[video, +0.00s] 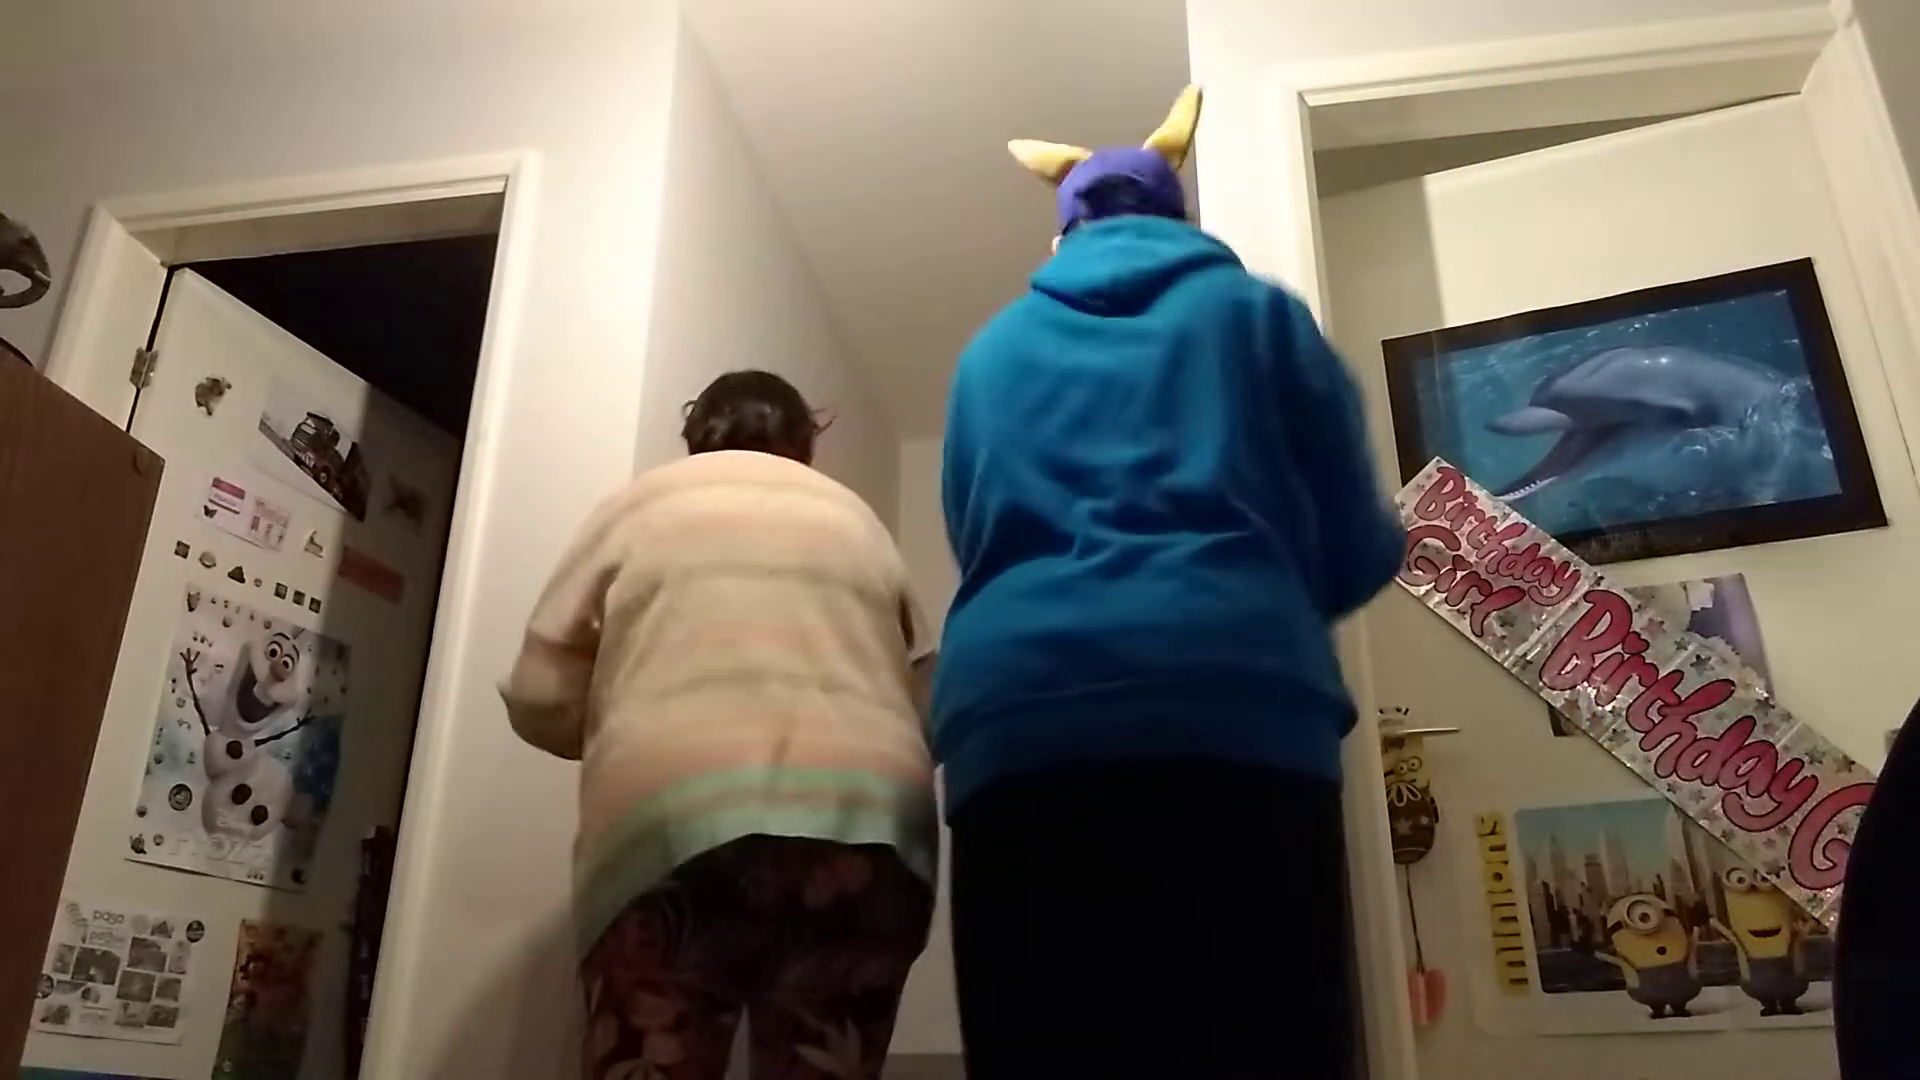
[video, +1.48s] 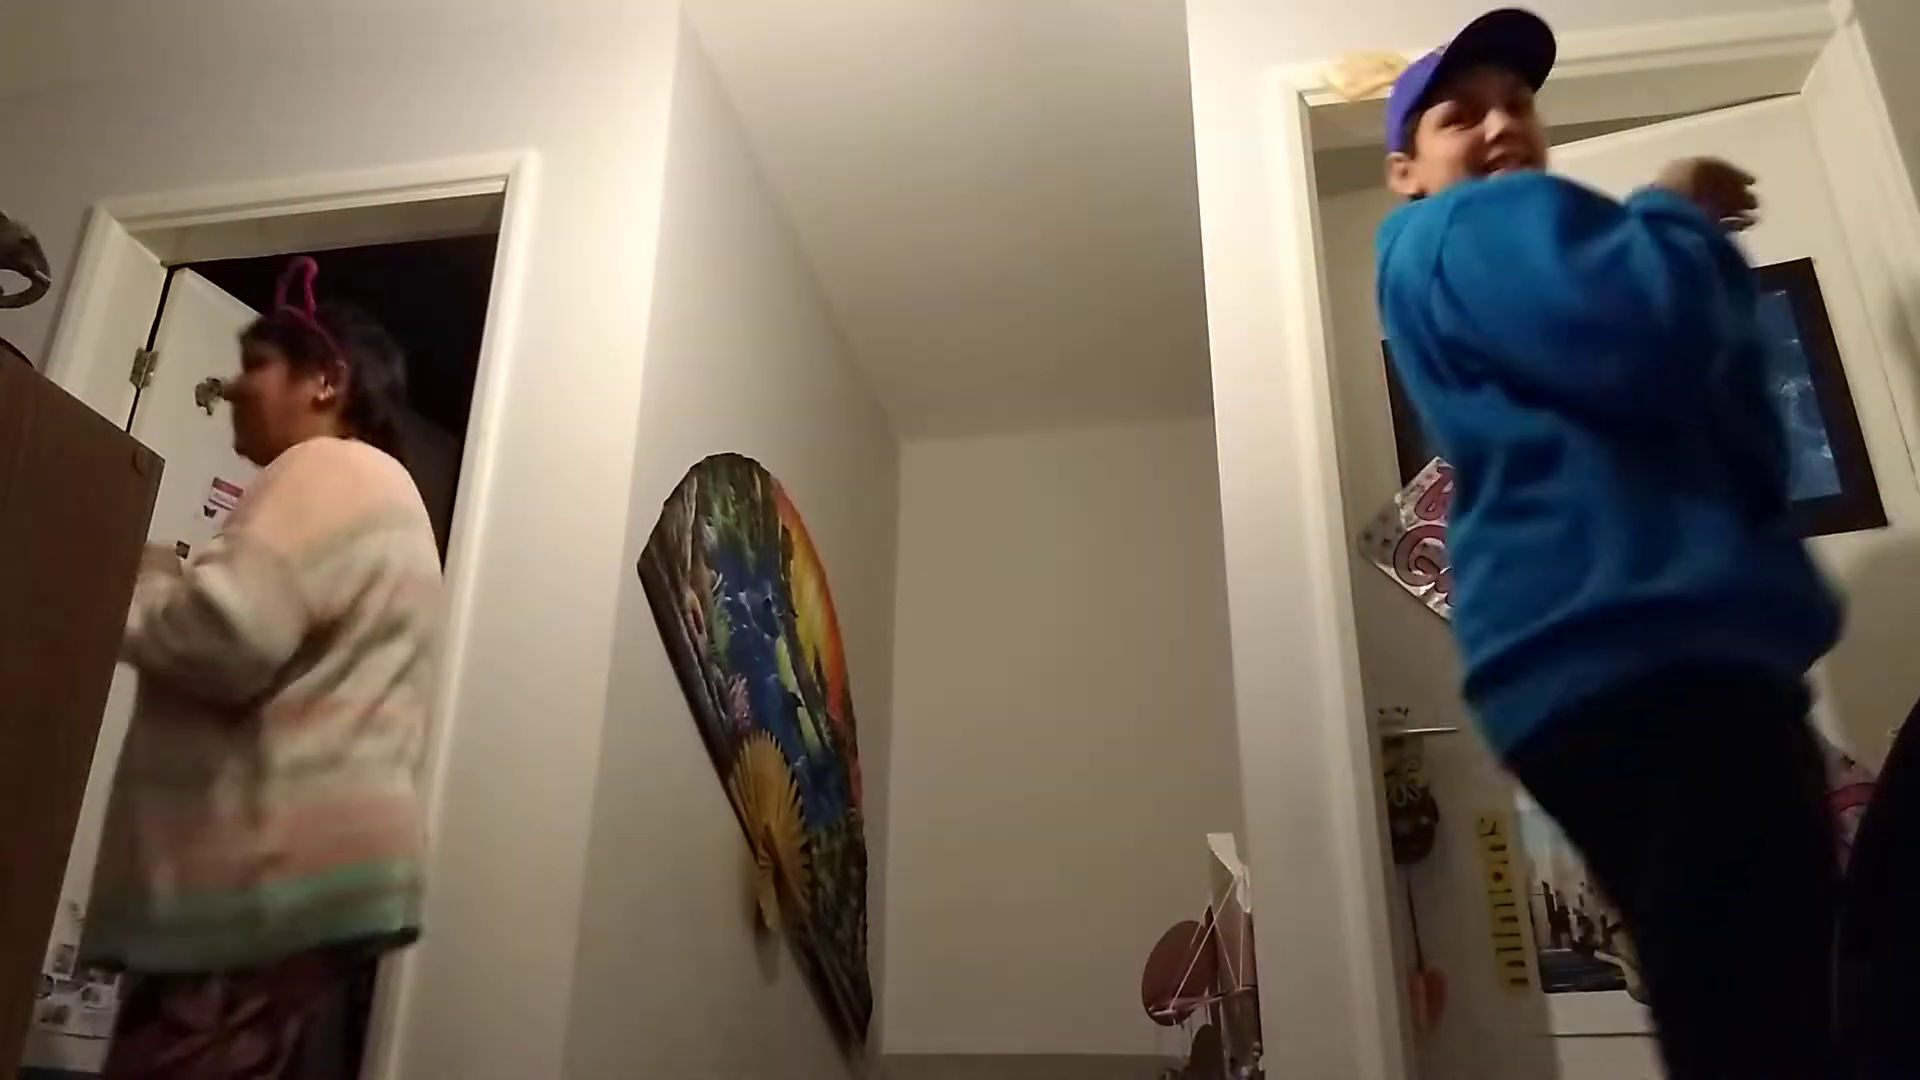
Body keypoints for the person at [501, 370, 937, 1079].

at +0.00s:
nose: (818, 451)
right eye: (817, 442)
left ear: (691, 437)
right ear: (808, 445)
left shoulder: (634, 502)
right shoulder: (860, 518)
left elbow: (537, 694)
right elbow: (916, 678)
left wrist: (639, 727)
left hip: (667, 829)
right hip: (866, 832)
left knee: (650, 1063)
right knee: (826, 1062)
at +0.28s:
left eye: (657, 484)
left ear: (667, 488)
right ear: (786, 508)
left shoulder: (612, 538)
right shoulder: (823, 578)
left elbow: (504, 703)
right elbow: (876, 741)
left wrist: (593, 780)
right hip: (843, 893)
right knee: (811, 1065)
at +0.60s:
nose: (557, 358)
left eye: (566, 347)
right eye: (563, 348)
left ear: (591, 341)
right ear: (672, 365)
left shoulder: (552, 399)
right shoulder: (722, 459)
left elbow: (429, 549)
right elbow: (764, 619)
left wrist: (488, 594)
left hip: (578, 754)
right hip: (751, 775)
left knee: (515, 1032)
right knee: (660, 1046)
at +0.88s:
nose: (454, 412)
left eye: (464, 397)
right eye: (462, 398)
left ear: (485, 401)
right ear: (576, 432)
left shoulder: (455, 468)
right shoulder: (605, 527)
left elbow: (345, 626)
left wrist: (362, 718)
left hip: (445, 854)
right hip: (591, 860)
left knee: (425, 1057)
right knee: (529, 1058)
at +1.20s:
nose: (319, 385)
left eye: (335, 360)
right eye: (327, 361)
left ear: (368, 364)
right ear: (449, 392)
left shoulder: (336, 459)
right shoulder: (466, 502)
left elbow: (213, 622)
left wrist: (229, 717)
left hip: (304, 851)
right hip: (436, 856)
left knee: (202, 1060)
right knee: (309, 1060)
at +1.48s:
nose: (231, 388)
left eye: (253, 368)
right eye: (240, 370)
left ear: (325, 383)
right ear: (331, 390)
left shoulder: (326, 473)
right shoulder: (375, 484)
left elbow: (233, 637)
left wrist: (134, 588)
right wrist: (171, 573)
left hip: (249, 900)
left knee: (180, 1061)